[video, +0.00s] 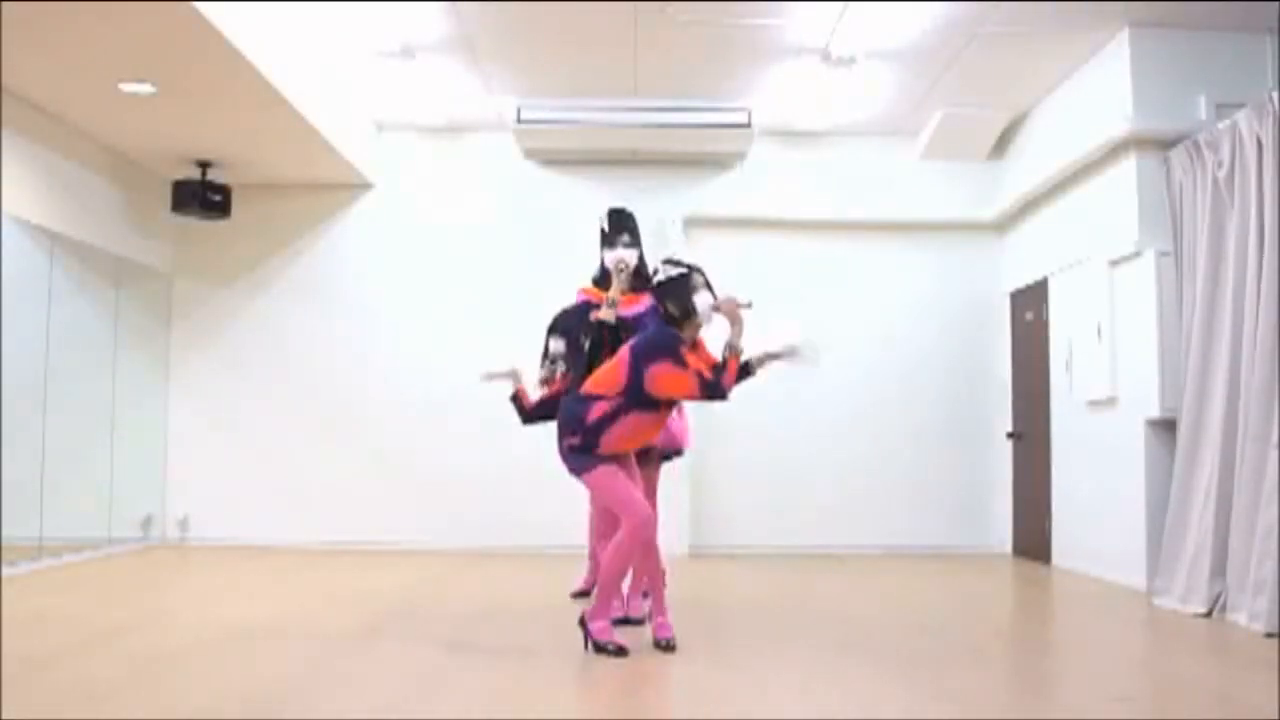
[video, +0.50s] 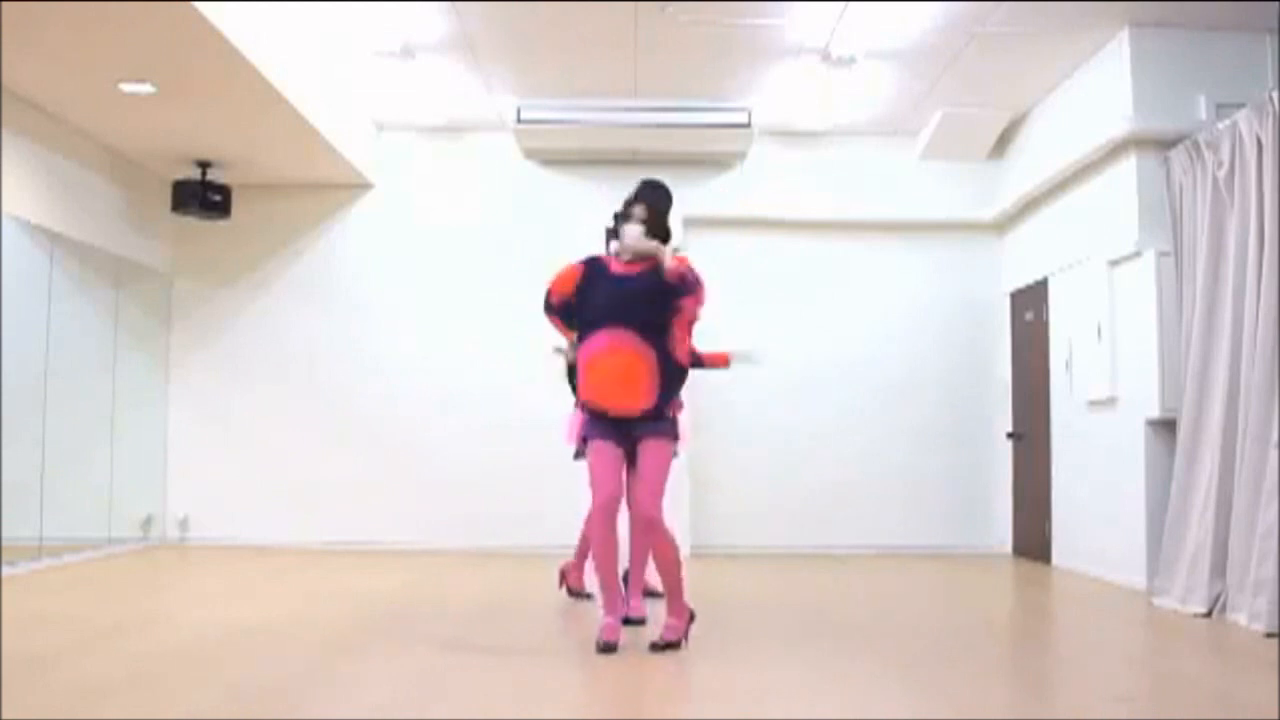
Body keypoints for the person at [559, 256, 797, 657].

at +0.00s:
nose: (710, 301)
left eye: (708, 292)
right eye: (701, 294)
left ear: (678, 305)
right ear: (682, 303)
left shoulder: (685, 344)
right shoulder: (657, 350)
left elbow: (720, 381)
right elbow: (715, 391)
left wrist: (768, 359)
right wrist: (734, 335)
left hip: (621, 440)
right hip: (585, 441)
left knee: (643, 524)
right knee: (637, 517)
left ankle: (658, 613)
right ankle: (597, 615)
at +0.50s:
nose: (637, 229)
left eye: (646, 222)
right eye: (631, 219)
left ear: (662, 229)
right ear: (618, 221)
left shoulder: (675, 278)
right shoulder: (591, 271)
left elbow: (687, 299)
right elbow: (554, 304)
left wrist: (665, 263)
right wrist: (579, 340)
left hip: (657, 406)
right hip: (601, 404)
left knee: (646, 509)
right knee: (605, 501)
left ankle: (677, 608)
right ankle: (612, 610)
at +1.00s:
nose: (545, 280)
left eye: (557, 275)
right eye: (547, 271)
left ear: (576, 284)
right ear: (546, 276)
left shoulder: (590, 323)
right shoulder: (564, 323)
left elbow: (562, 373)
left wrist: (518, 344)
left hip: (647, 431)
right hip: (614, 430)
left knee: (605, 514)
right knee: (606, 519)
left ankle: (643, 613)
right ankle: (614, 614)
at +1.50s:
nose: (502, 249)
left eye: (511, 240)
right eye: (496, 240)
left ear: (526, 243)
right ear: (489, 245)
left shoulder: (549, 288)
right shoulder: (485, 294)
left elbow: (576, 346)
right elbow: (468, 349)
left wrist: (553, 376)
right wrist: (475, 300)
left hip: (535, 426)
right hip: (484, 424)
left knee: (537, 529)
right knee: (442, 518)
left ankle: (610, 604)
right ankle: (413, 607)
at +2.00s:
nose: (433, 233)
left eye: (441, 226)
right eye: (426, 225)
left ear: (454, 231)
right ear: (414, 229)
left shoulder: (473, 282)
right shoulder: (398, 276)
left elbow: (515, 298)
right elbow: (396, 323)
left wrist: (544, 307)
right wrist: (422, 277)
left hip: (439, 411)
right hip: (392, 406)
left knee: (377, 495)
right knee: (406, 507)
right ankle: (426, 602)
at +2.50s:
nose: (409, 235)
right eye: (413, 228)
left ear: (370, 226)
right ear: (413, 230)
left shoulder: (343, 270)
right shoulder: (422, 278)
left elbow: (328, 327)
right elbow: (431, 326)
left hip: (348, 397)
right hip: (400, 400)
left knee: (334, 505)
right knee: (408, 506)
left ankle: (319, 602)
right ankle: (420, 601)